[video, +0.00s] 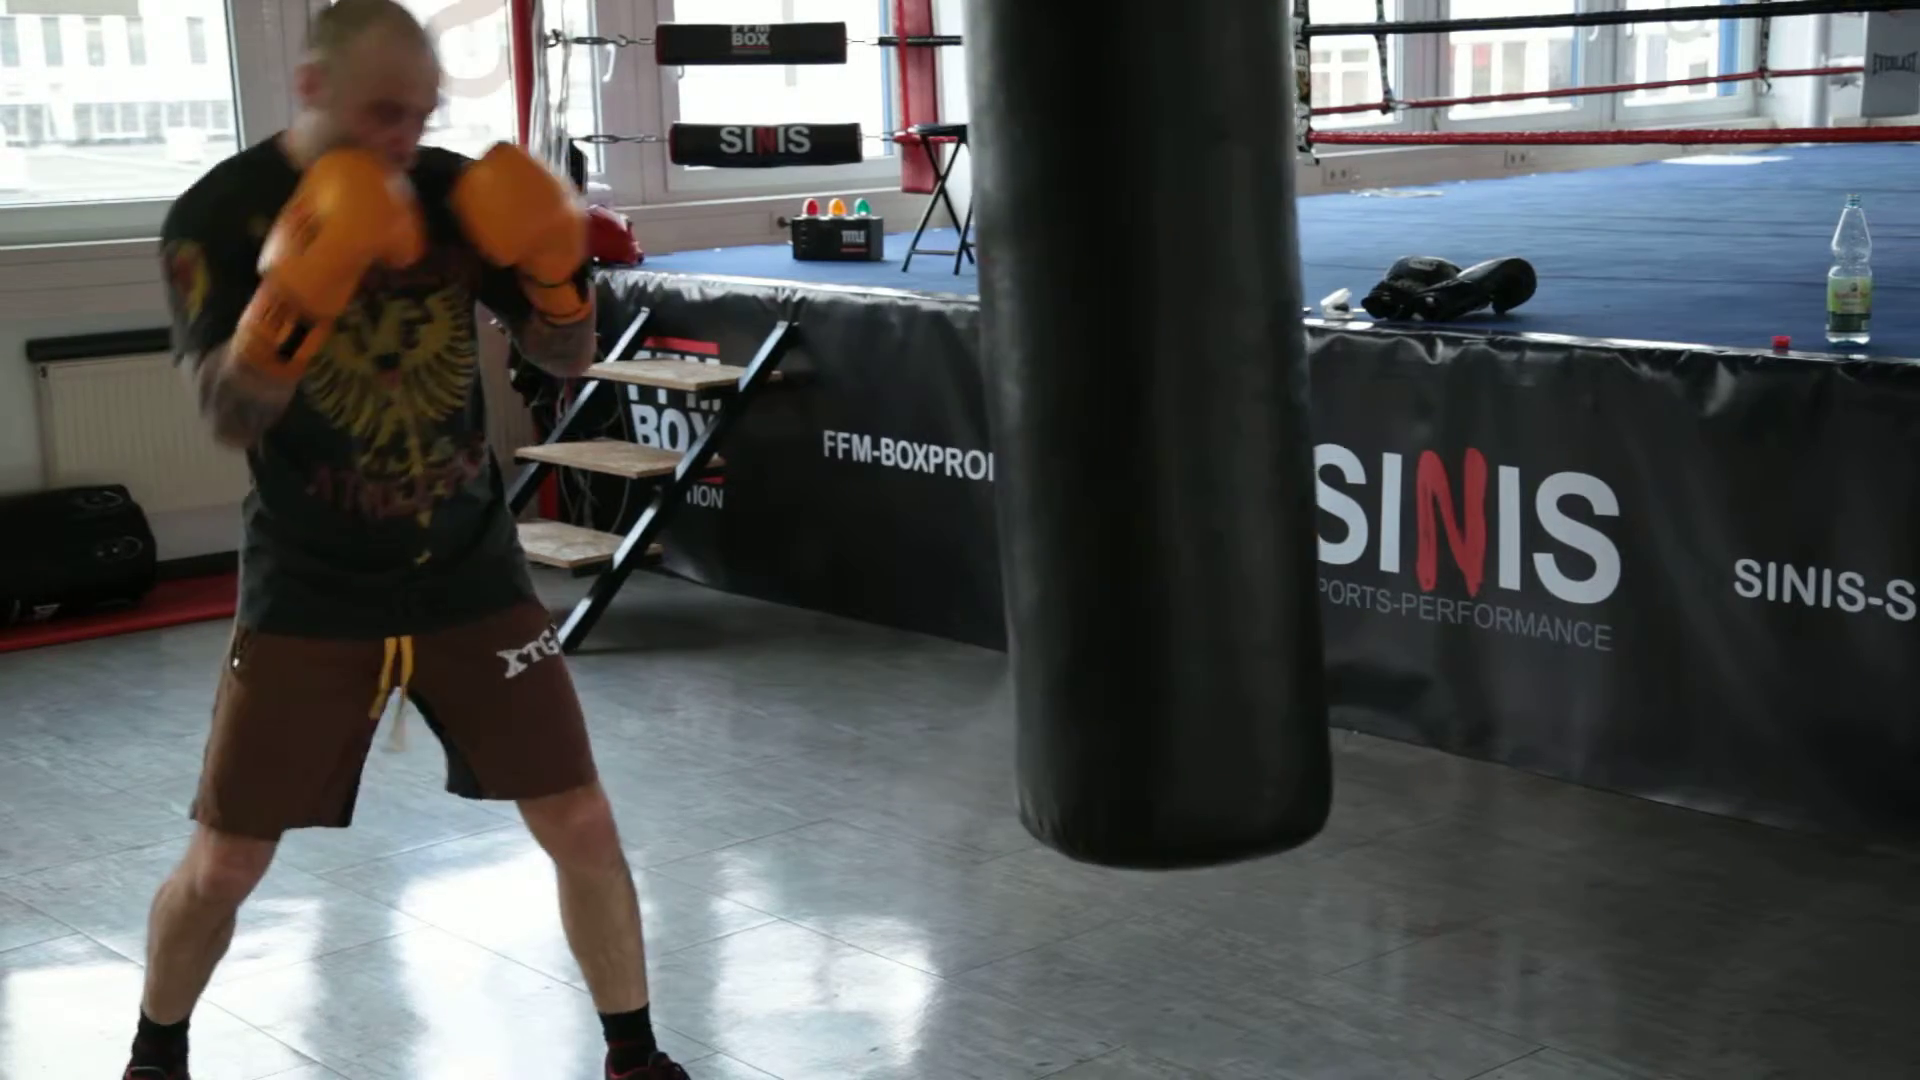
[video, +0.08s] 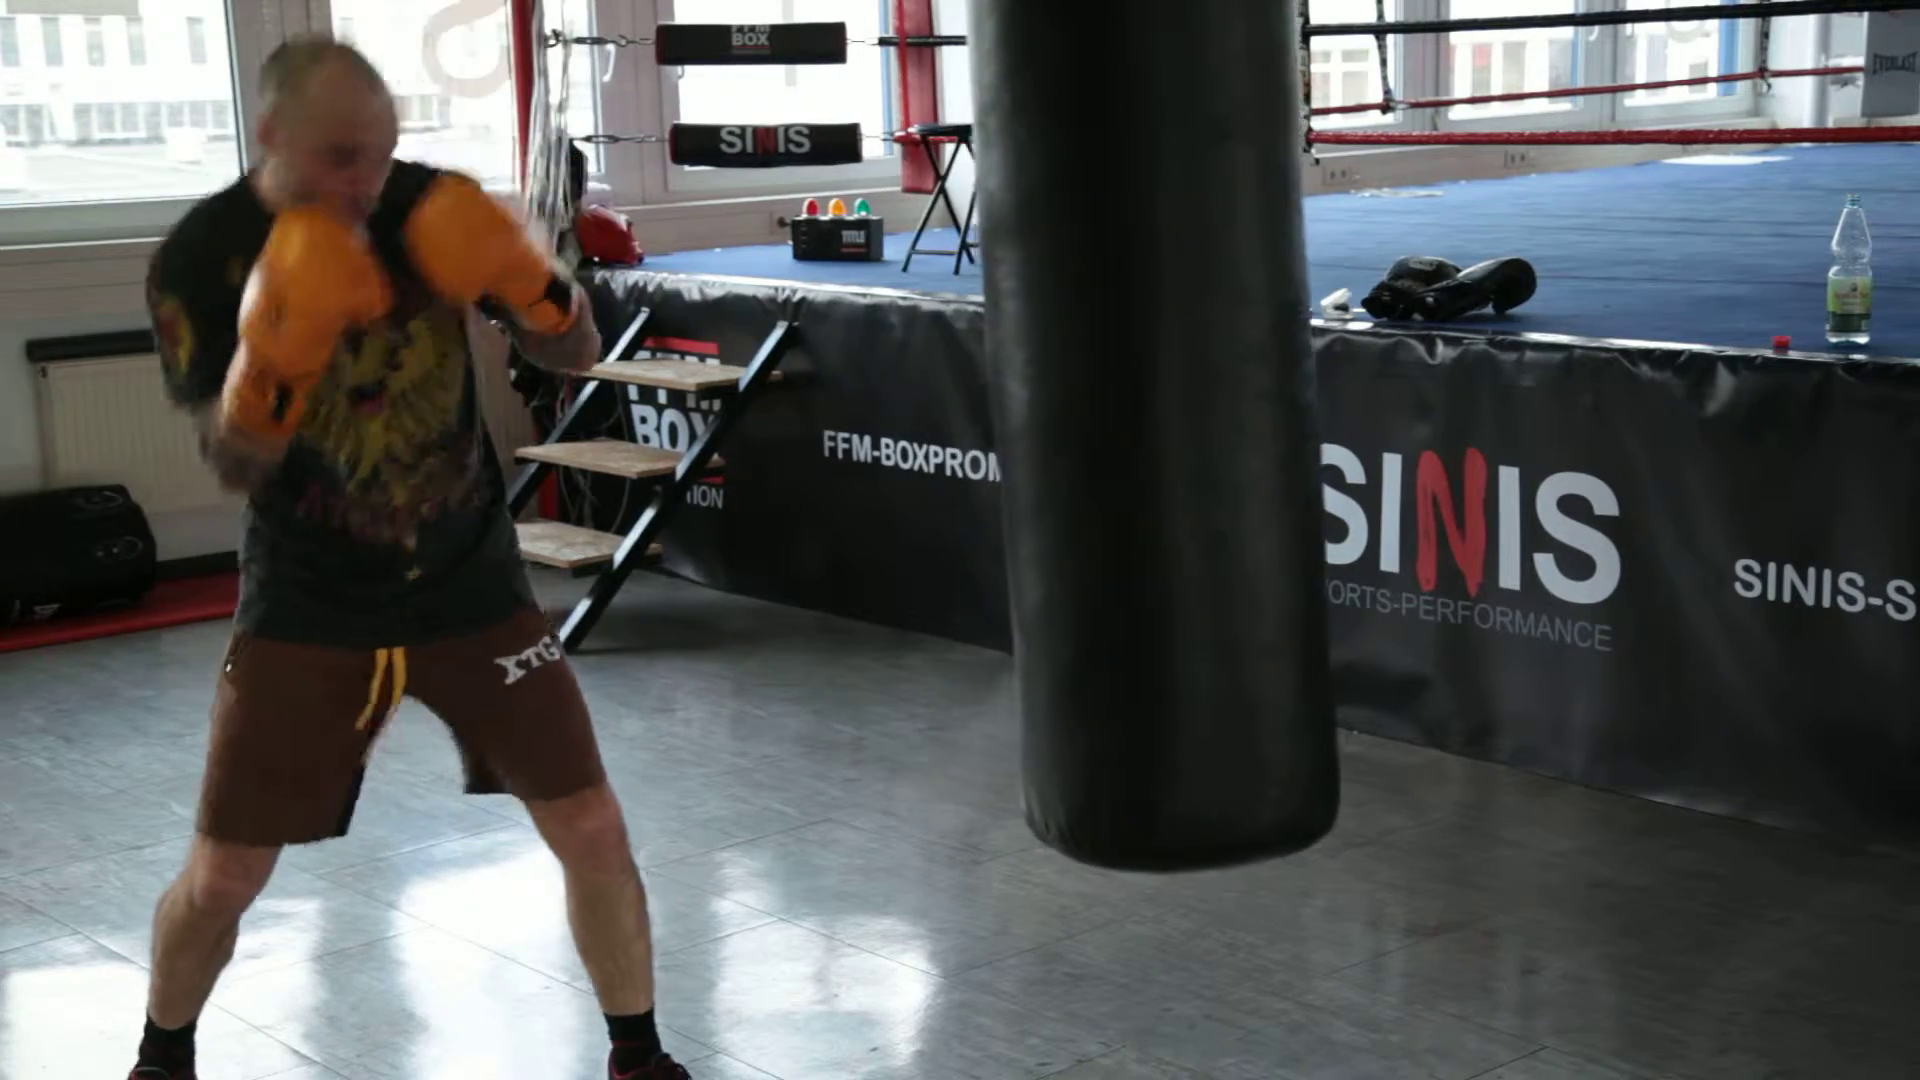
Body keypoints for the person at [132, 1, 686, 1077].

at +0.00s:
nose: (408, 139)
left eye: (423, 113)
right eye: (384, 112)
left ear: (439, 99)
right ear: (311, 88)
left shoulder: (457, 192)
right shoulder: (223, 216)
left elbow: (557, 372)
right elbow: (231, 418)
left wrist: (558, 279)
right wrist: (294, 294)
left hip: (469, 561)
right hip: (311, 574)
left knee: (583, 824)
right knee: (226, 865)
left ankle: (636, 1058)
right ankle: (156, 1058)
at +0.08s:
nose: (364, 181)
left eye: (379, 154)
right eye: (338, 158)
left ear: (396, 140)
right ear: (268, 139)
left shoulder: (432, 209)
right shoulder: (203, 256)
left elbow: (576, 355)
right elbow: (236, 466)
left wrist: (525, 284)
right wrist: (275, 353)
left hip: (469, 578)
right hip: (307, 595)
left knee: (593, 828)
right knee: (225, 879)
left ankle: (640, 1058)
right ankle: (163, 1062)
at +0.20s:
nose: (375, 198)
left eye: (389, 169)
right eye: (346, 176)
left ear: (403, 152)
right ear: (273, 158)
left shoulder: (440, 218)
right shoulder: (210, 265)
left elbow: (557, 390)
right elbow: (236, 471)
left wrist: (535, 319)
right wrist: (282, 388)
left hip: (479, 580)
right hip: (319, 599)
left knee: (603, 824)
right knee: (234, 878)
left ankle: (644, 1061)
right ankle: (161, 1062)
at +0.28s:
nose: (425, 151)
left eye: (437, 125)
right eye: (401, 127)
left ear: (451, 106)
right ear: (328, 106)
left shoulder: (470, 195)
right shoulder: (236, 224)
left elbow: (551, 370)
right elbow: (237, 429)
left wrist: (567, 286)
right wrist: (318, 321)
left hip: (484, 557)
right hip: (330, 573)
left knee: (594, 815)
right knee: (250, 862)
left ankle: (637, 1058)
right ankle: (168, 1060)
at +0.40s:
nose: (502, 124)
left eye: (520, 101)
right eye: (482, 98)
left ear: (536, 86)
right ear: (411, 71)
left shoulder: (524, 202)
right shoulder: (296, 197)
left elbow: (575, 388)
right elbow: (277, 383)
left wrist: (619, 291)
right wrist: (390, 271)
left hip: (498, 562)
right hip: (345, 573)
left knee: (604, 822)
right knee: (267, 866)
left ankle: (638, 1060)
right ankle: (171, 1057)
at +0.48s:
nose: (533, 133)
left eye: (549, 110)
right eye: (513, 107)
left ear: (560, 97)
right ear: (440, 80)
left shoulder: (532, 214)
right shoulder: (321, 202)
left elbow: (571, 404)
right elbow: (305, 385)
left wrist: (632, 325)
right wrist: (432, 279)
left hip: (502, 560)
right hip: (352, 572)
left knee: (608, 823)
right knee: (269, 867)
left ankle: (638, 1063)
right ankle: (172, 1053)